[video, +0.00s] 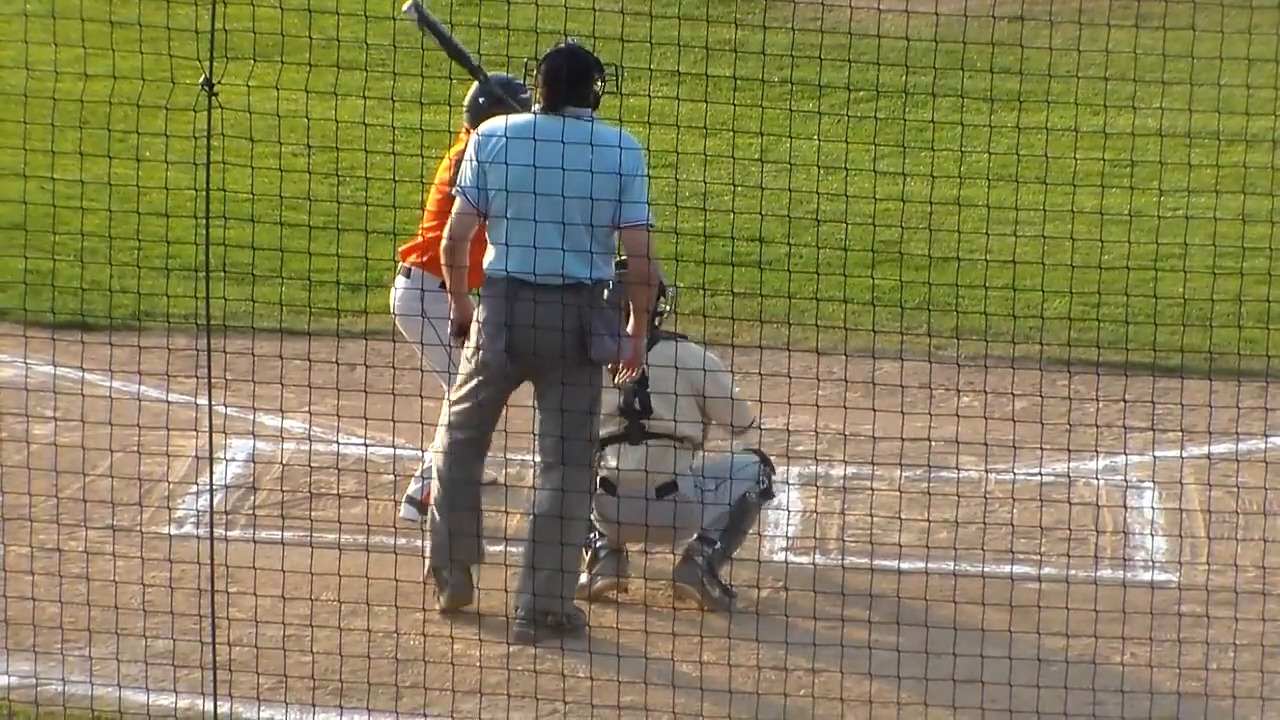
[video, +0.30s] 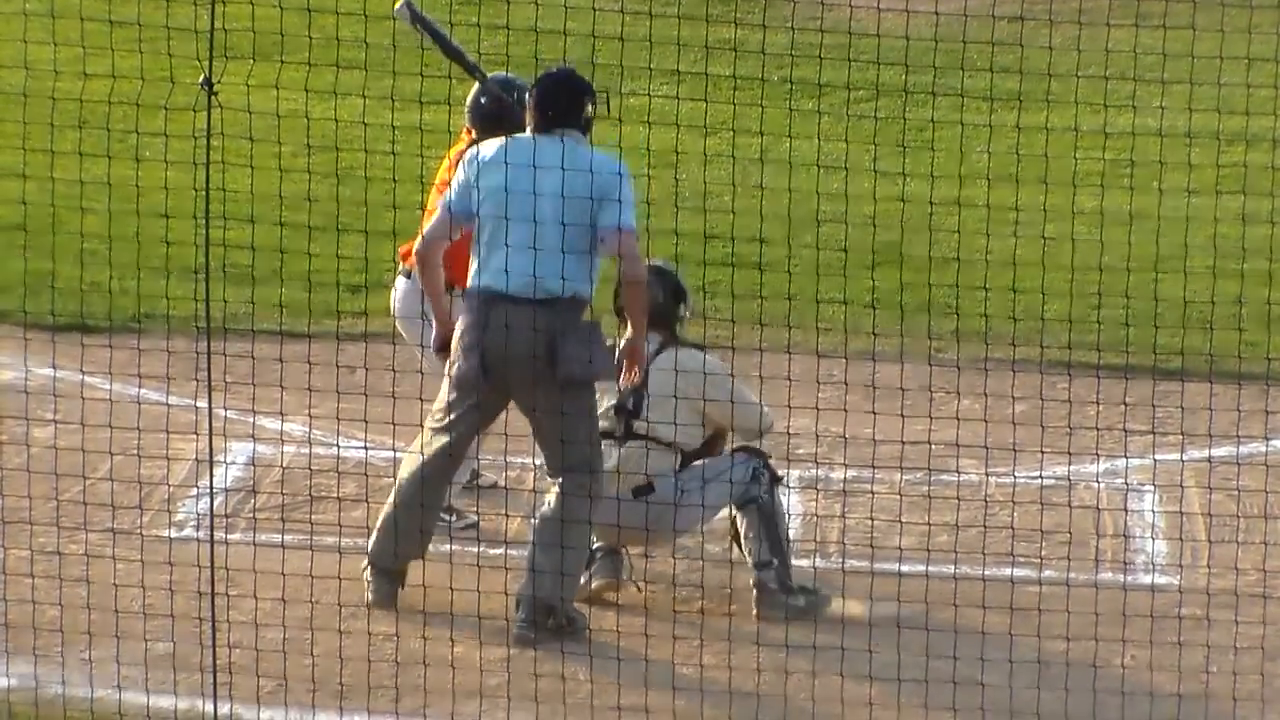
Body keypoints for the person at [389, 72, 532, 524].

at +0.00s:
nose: (523, 126)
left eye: (523, 118)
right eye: (519, 117)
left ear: (476, 115)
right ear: (501, 116)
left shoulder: (468, 151)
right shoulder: (478, 155)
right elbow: (459, 235)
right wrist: (465, 295)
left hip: (425, 290)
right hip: (429, 293)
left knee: (472, 387)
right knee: (472, 393)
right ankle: (423, 491)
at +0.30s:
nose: (527, 125)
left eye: (526, 117)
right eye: (523, 117)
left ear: (475, 116)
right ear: (508, 119)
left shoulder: (467, 150)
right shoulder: (479, 160)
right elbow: (448, 242)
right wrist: (453, 310)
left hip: (428, 284)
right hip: (432, 289)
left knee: (476, 369)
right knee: (466, 380)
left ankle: (466, 467)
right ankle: (441, 498)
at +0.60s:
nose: (523, 137)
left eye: (524, 127)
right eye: (518, 128)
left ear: (481, 124)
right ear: (500, 128)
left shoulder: (486, 156)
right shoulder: (471, 167)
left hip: (449, 281)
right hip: (431, 284)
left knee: (471, 374)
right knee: (452, 384)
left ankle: (463, 462)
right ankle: (435, 490)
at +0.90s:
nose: (529, 122)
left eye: (529, 116)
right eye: (525, 115)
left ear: (484, 116)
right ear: (513, 120)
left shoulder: (506, 155)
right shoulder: (472, 158)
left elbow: (538, 185)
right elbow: (503, 199)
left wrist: (564, 168)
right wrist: (539, 164)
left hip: (463, 284)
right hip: (425, 283)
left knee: (476, 368)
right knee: (445, 382)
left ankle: (466, 460)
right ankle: (434, 492)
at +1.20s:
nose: (530, 128)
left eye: (530, 122)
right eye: (526, 122)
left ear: (484, 125)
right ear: (515, 128)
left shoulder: (508, 160)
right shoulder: (470, 166)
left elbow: (555, 190)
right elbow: (505, 210)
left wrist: (565, 171)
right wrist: (536, 175)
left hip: (461, 296)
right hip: (424, 294)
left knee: (475, 388)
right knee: (452, 398)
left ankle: (462, 472)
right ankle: (433, 498)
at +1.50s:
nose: (532, 133)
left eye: (531, 126)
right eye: (528, 127)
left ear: (485, 131)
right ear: (513, 134)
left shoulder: (507, 168)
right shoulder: (471, 170)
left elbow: (556, 197)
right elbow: (500, 217)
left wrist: (563, 176)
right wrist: (534, 182)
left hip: (458, 304)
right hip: (426, 303)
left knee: (476, 398)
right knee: (462, 405)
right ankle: (434, 508)